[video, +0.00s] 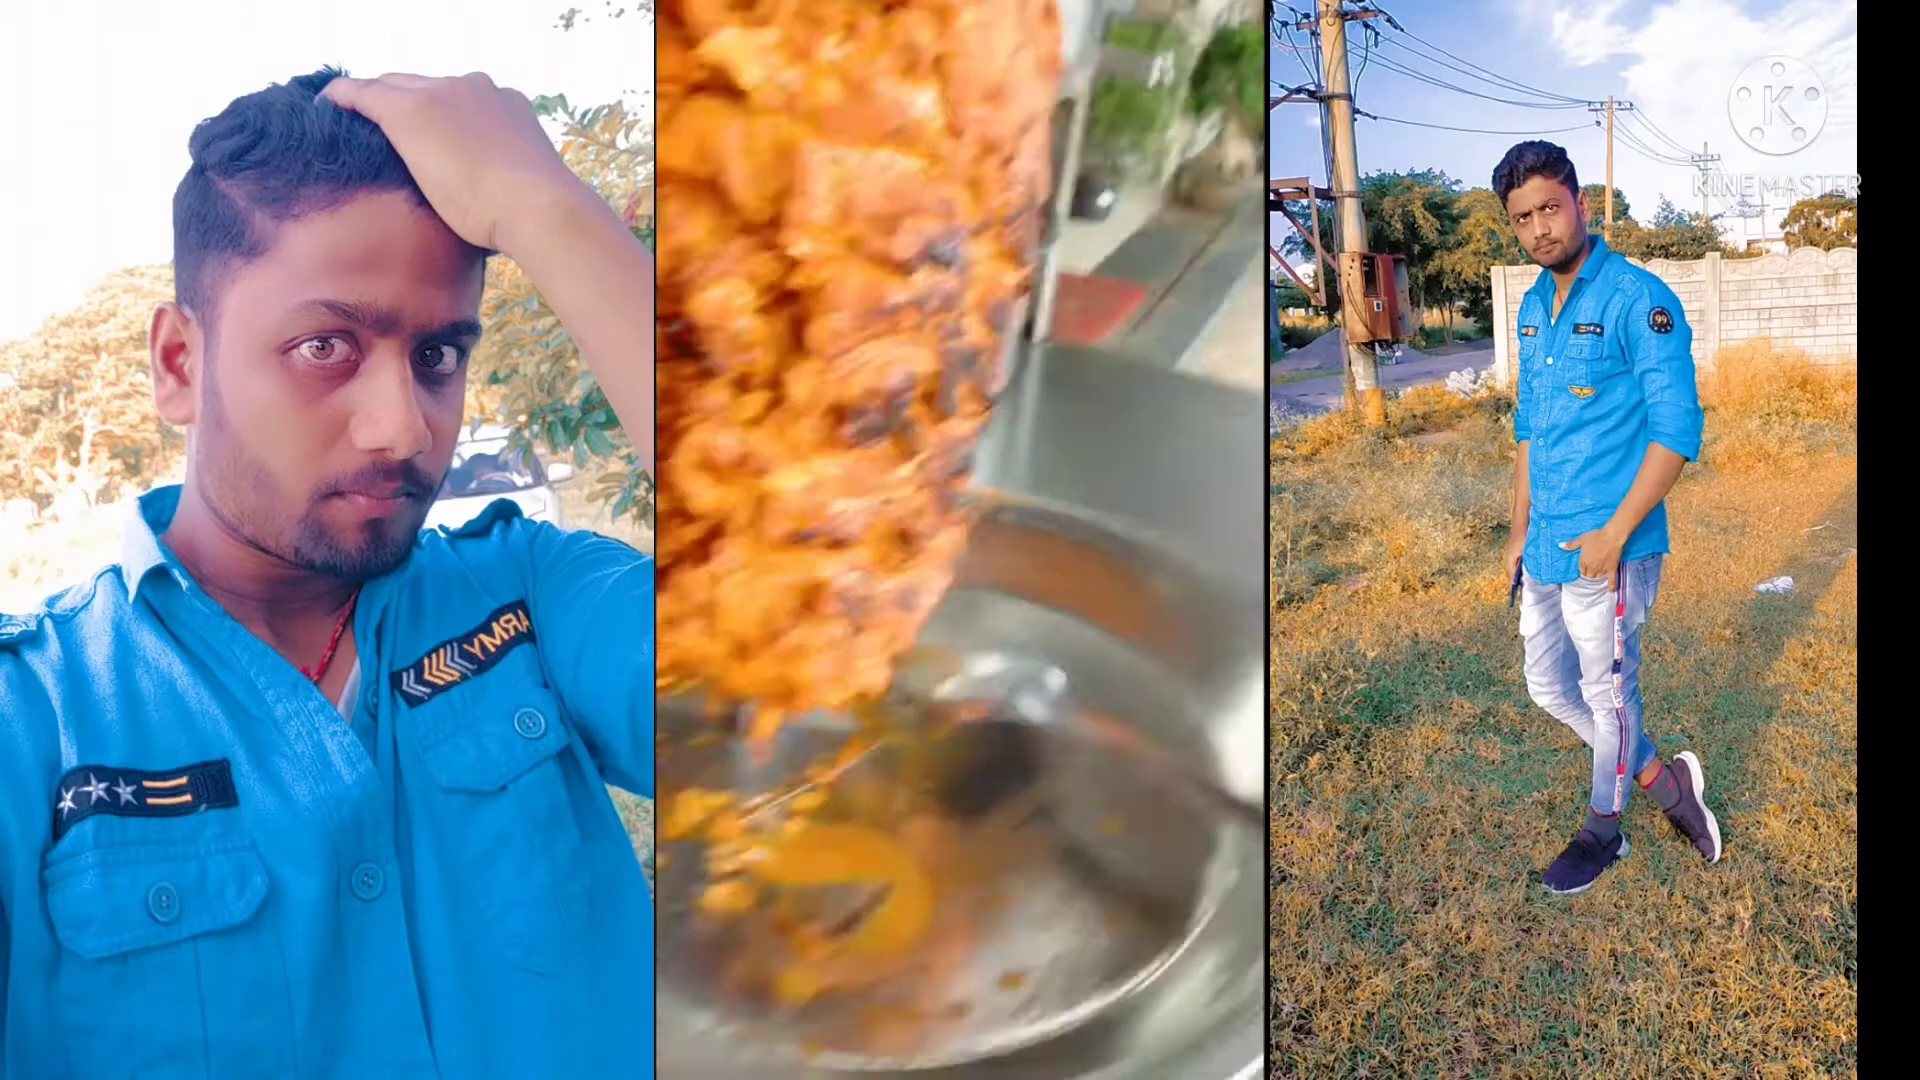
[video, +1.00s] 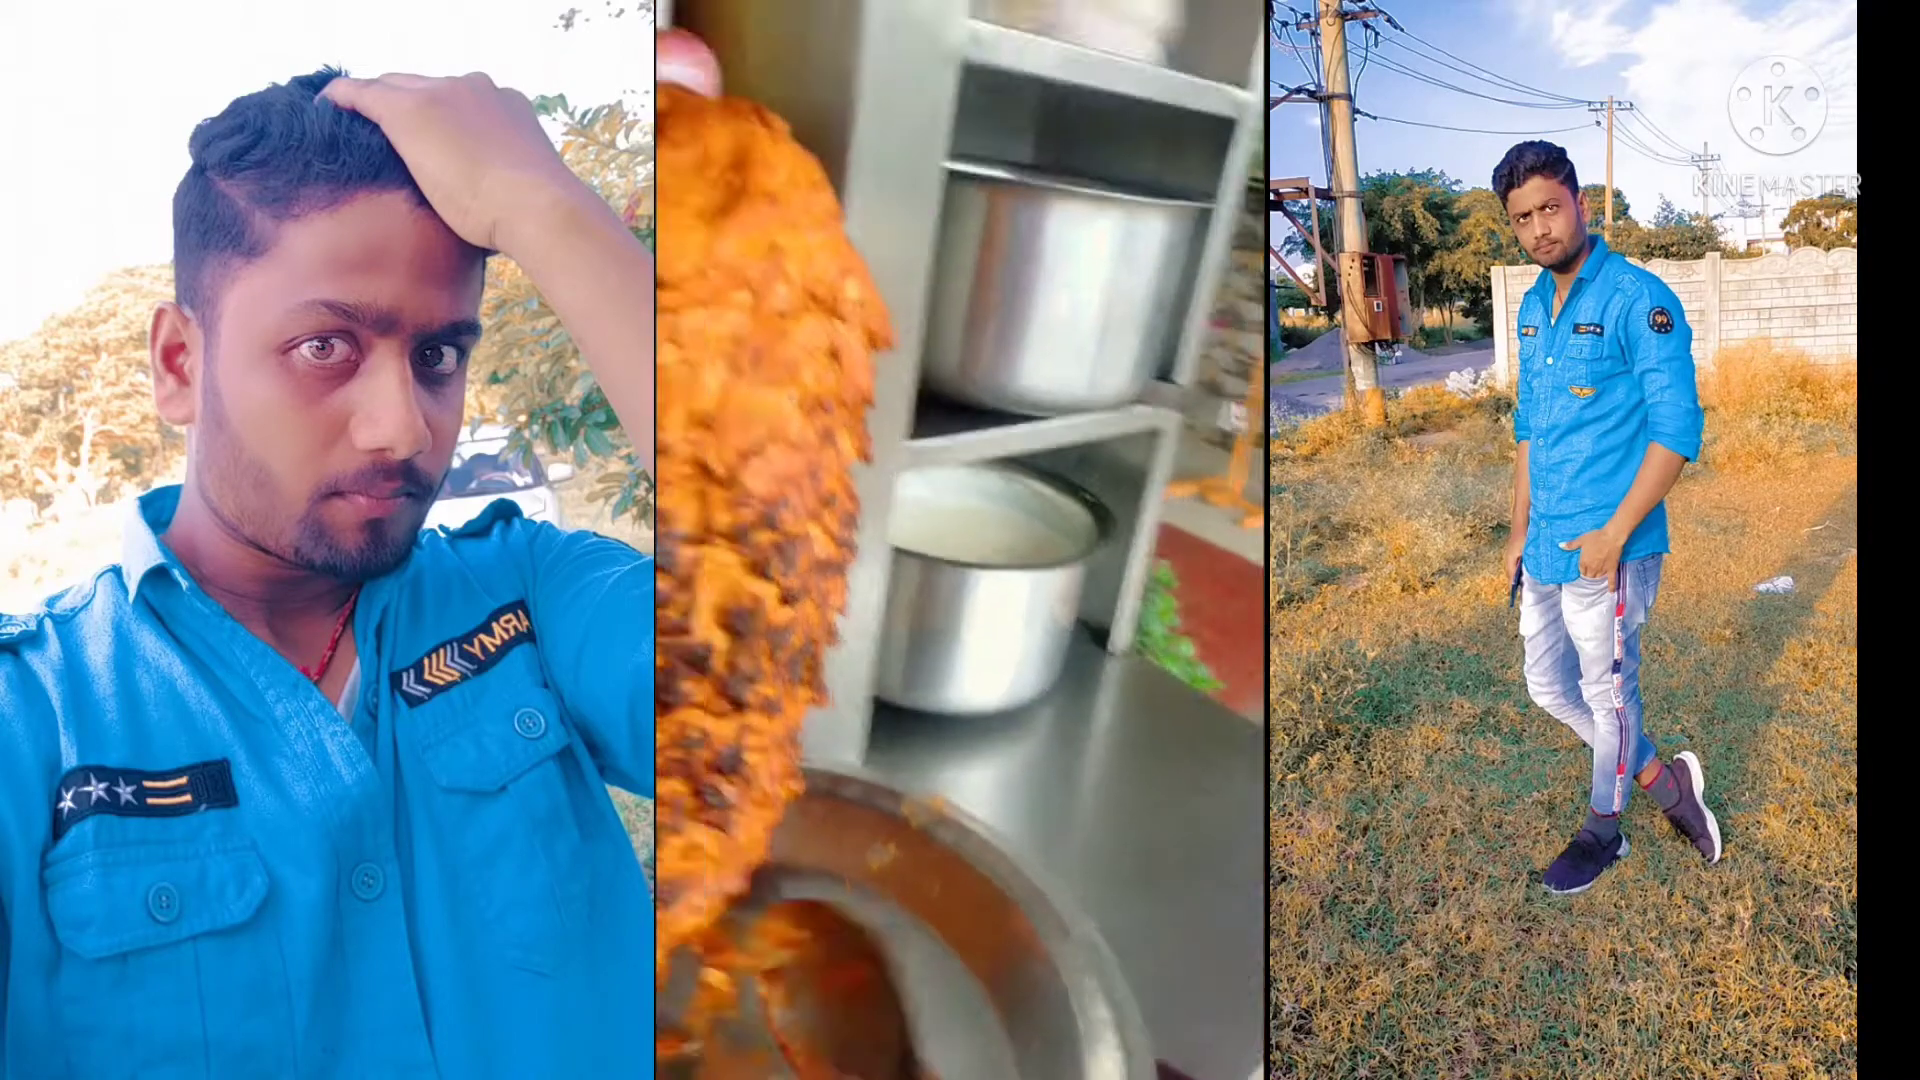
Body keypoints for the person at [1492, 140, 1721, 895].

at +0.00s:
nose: (1538, 229)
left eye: (1549, 208)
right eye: (1522, 219)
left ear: (1582, 203)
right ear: (1513, 228)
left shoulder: (1640, 298)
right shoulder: (1534, 307)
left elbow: (1678, 431)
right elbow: (1529, 431)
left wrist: (1615, 533)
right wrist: (1520, 529)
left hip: (1611, 537)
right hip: (1544, 538)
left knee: (1610, 690)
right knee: (1549, 684)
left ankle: (1602, 828)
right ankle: (1665, 779)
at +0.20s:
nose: (1537, 229)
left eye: (1548, 209)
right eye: (1522, 219)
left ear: (1582, 203)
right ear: (1513, 228)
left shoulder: (1640, 298)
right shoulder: (1534, 307)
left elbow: (1678, 431)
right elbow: (1529, 431)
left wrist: (1615, 532)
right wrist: (1520, 528)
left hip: (1611, 536)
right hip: (1544, 538)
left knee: (1609, 689)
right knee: (1549, 684)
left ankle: (1602, 828)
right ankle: (1665, 778)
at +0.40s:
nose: (1537, 229)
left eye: (1548, 208)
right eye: (1522, 219)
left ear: (1582, 202)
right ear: (1513, 228)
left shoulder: (1641, 298)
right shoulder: (1534, 306)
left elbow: (1678, 432)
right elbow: (1529, 431)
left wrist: (1616, 532)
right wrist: (1520, 528)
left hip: (1611, 537)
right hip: (1544, 538)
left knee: (1609, 690)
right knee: (1549, 684)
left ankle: (1602, 828)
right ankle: (1665, 777)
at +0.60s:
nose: (1537, 229)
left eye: (1549, 209)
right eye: (1522, 219)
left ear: (1582, 203)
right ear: (1513, 228)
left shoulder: (1640, 298)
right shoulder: (1534, 307)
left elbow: (1678, 431)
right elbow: (1529, 431)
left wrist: (1615, 532)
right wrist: (1520, 528)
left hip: (1611, 536)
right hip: (1544, 538)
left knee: (1609, 689)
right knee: (1549, 684)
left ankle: (1602, 828)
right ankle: (1665, 778)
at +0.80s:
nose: (1537, 229)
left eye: (1549, 209)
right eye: (1522, 219)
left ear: (1582, 202)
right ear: (1513, 228)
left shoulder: (1640, 298)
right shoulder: (1534, 307)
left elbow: (1678, 431)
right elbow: (1529, 431)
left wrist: (1615, 532)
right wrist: (1520, 528)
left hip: (1611, 536)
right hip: (1544, 538)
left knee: (1610, 689)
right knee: (1549, 684)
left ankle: (1602, 828)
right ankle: (1665, 778)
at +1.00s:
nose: (1537, 229)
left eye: (1548, 208)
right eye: (1522, 219)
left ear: (1582, 202)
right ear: (1513, 228)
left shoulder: (1641, 299)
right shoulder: (1534, 307)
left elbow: (1678, 432)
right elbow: (1529, 431)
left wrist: (1615, 533)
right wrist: (1520, 529)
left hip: (1611, 537)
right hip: (1544, 538)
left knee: (1610, 691)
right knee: (1549, 685)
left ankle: (1602, 827)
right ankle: (1666, 778)